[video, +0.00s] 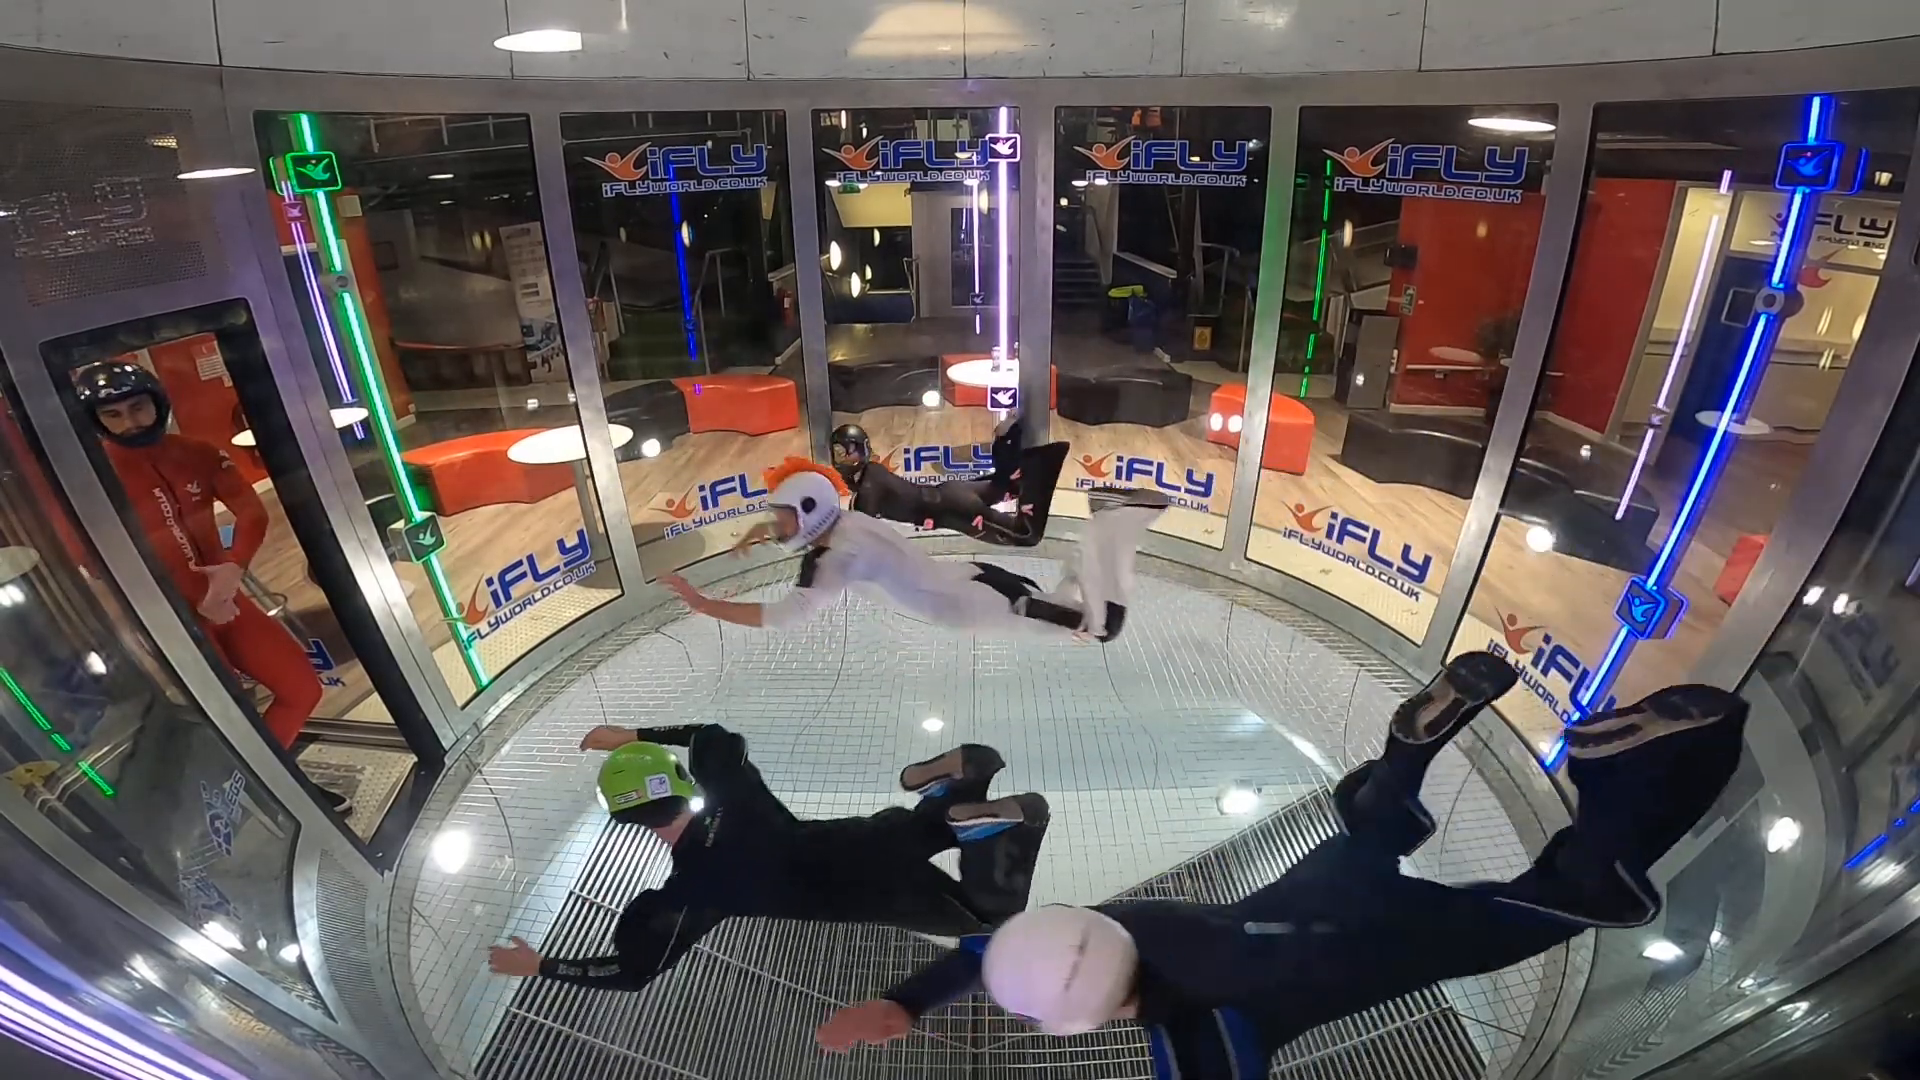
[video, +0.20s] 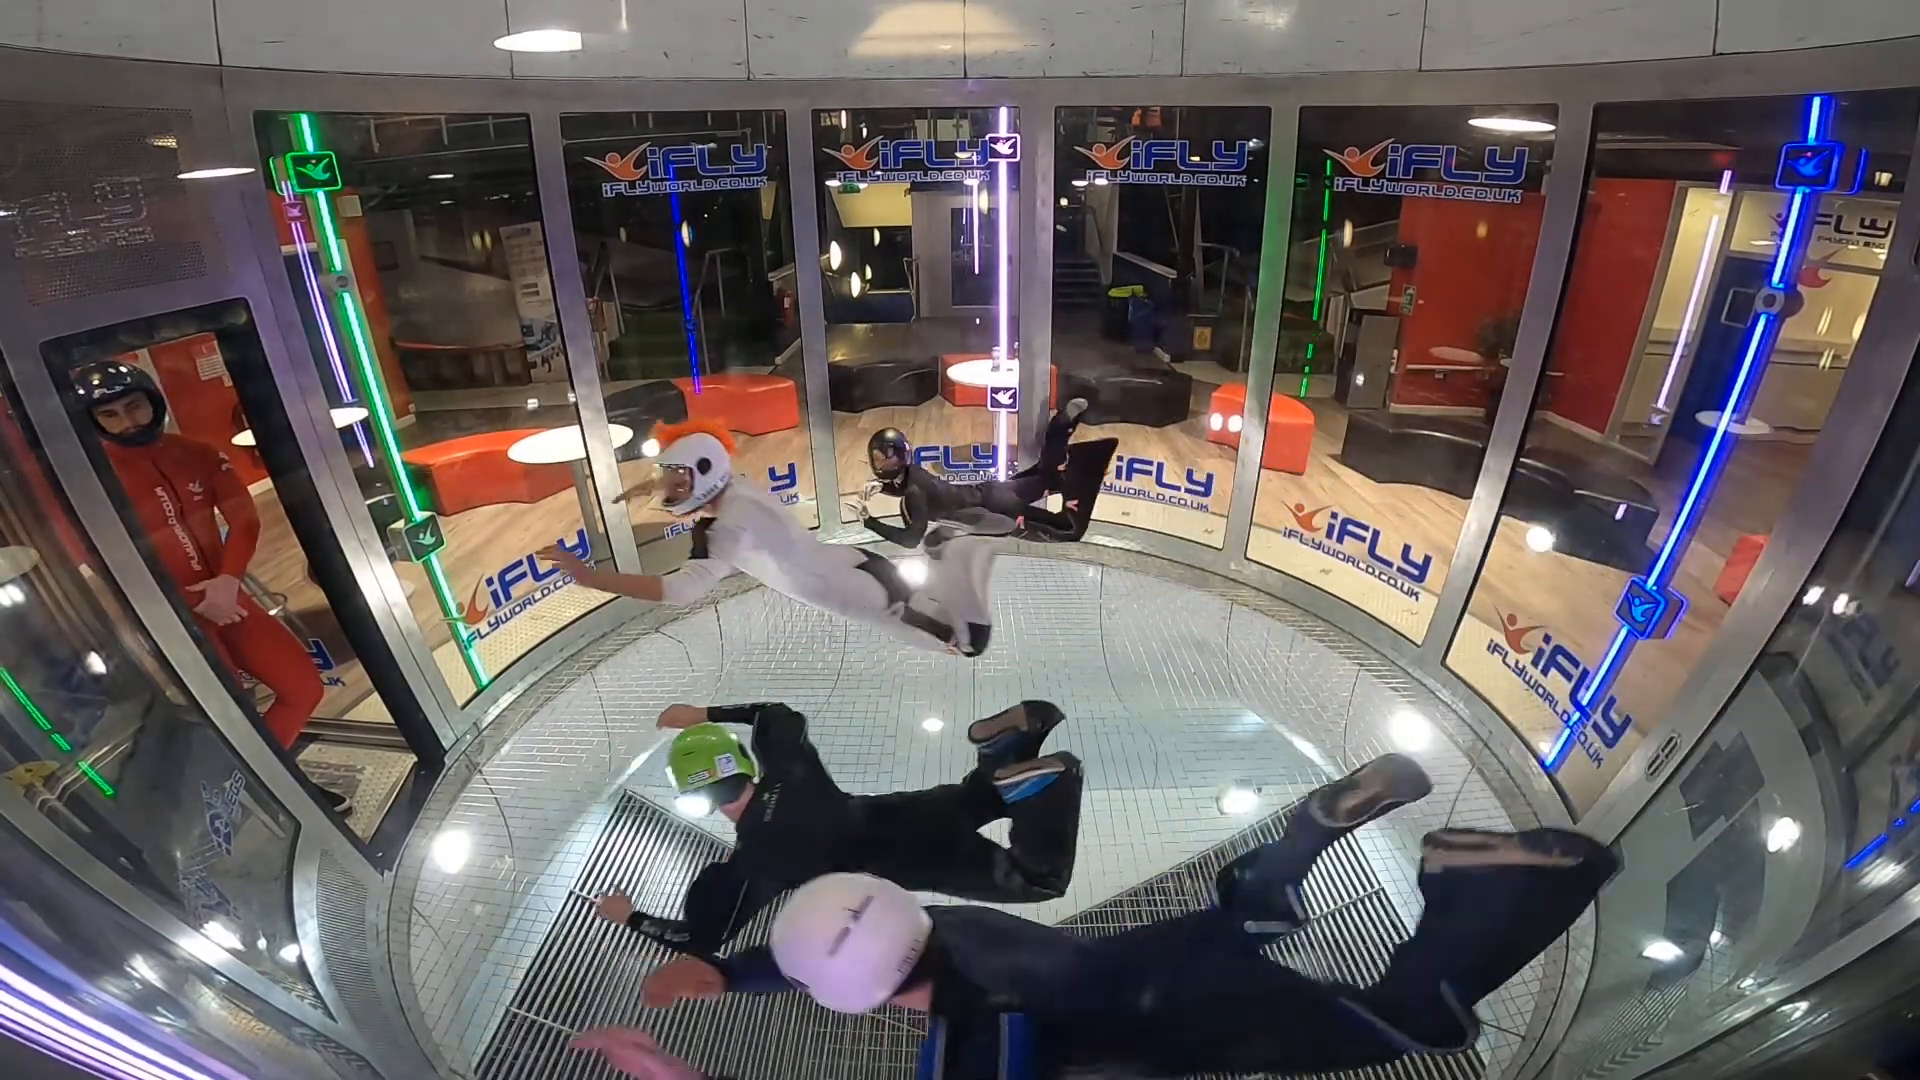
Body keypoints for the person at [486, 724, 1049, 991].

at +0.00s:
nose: (658, 810)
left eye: (645, 812)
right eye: (656, 797)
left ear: (644, 828)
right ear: (676, 786)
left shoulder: (690, 895)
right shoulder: (729, 789)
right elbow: (709, 736)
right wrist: (638, 738)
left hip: (875, 900)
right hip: (875, 834)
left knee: (993, 926)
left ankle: (993, 843)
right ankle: (956, 780)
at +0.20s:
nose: (710, 806)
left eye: (707, 800)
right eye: (712, 790)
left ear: (717, 802)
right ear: (741, 763)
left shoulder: (755, 862)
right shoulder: (785, 764)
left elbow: (701, 939)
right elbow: (774, 714)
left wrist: (633, 919)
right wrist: (707, 716)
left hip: (918, 865)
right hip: (916, 807)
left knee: (1042, 877)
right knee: (981, 797)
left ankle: (1046, 782)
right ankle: (1008, 740)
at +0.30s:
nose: (754, 793)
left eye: (744, 786)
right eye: (751, 779)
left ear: (743, 792)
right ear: (776, 751)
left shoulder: (793, 847)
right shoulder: (820, 750)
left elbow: (757, 901)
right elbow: (805, 707)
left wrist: (686, 898)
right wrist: (740, 711)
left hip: (964, 852)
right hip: (961, 799)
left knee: (1072, 864)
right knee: (1026, 777)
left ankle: (1086, 765)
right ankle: (1042, 719)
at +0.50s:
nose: (850, 779)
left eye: (847, 772)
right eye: (843, 771)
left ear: (841, 777)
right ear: (866, 741)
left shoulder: (885, 825)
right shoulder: (898, 747)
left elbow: (836, 894)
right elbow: (880, 706)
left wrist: (792, 864)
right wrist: (826, 720)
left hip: (1039, 825)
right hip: (1038, 774)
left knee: (1148, 826)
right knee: (1094, 763)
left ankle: (1160, 751)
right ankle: (1104, 718)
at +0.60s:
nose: (868, 771)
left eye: (865, 763)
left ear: (882, 769)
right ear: (902, 727)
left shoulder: (922, 810)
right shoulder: (930, 722)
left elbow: (889, 881)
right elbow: (907, 705)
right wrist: (852, 725)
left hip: (1041, 826)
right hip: (1026, 777)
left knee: (1171, 820)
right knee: (1112, 755)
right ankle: (1153, 715)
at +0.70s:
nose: (921, 763)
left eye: (922, 757)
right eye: (918, 753)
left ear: (936, 754)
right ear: (936, 712)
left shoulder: (965, 783)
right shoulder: (962, 708)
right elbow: (930, 701)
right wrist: (889, 721)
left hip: (1086, 808)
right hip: (1071, 768)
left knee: (1206, 814)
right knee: (1162, 747)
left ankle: (1253, 729)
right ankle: (1198, 687)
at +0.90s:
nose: (976, 743)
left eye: (979, 737)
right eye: (977, 736)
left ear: (1001, 740)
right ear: (1017, 710)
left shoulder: (1034, 789)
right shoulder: (1041, 714)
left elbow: (991, 863)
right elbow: (1017, 689)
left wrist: (956, 823)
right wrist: (960, 710)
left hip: (1168, 793)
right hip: (1151, 750)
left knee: (1278, 788)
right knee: (1226, 724)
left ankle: (1332, 699)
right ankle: (1269, 655)